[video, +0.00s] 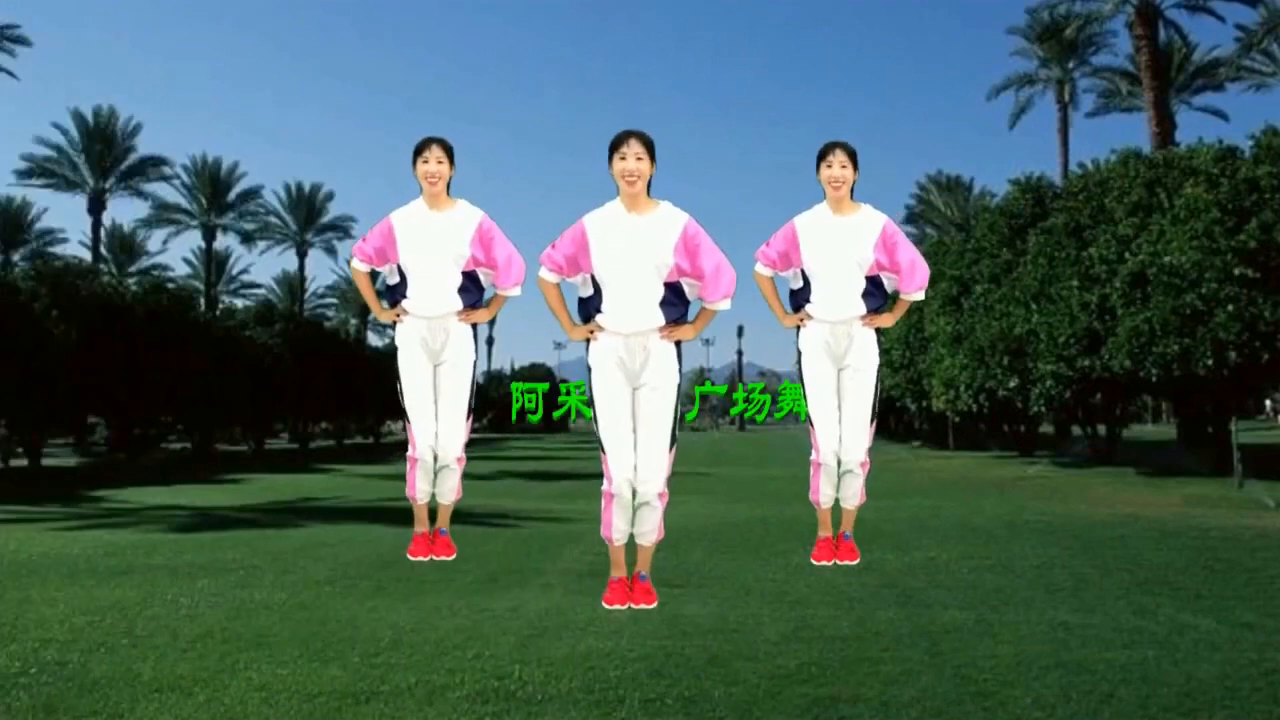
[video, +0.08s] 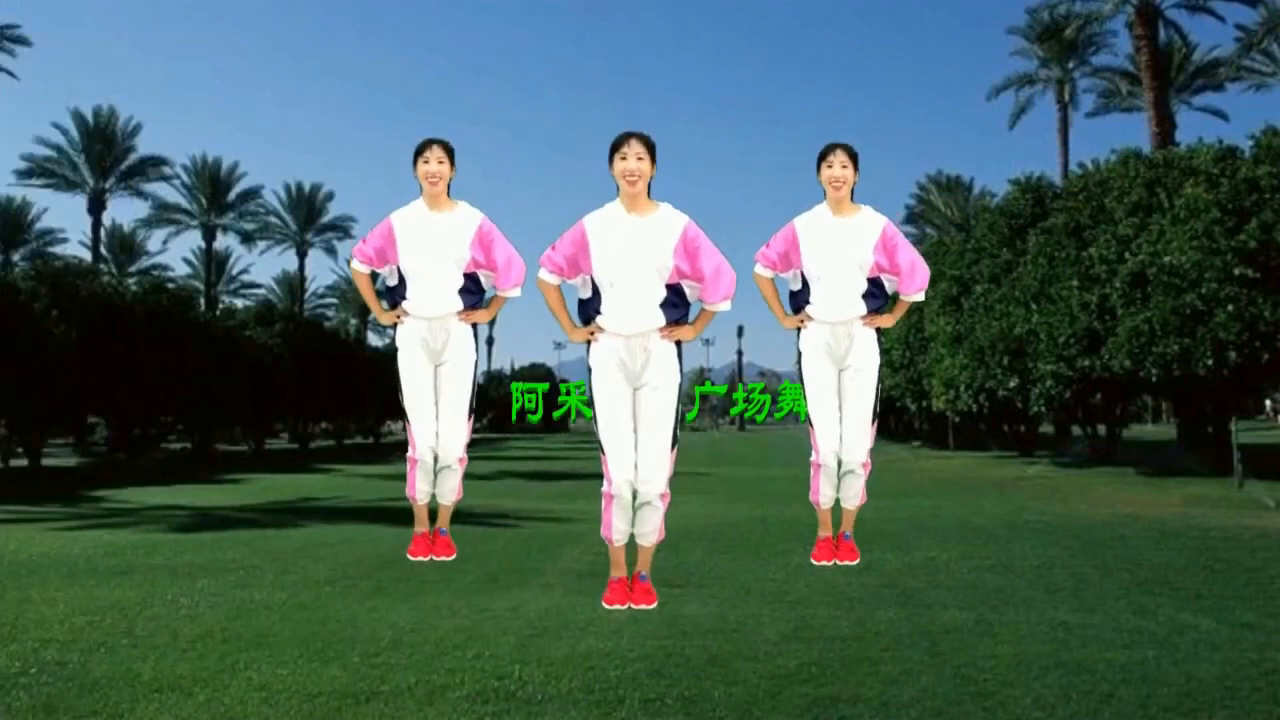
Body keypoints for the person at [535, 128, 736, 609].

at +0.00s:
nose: (631, 165)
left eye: (639, 157)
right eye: (622, 158)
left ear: (652, 167)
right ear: (611, 168)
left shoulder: (675, 222)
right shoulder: (594, 224)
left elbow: (722, 277)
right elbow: (547, 272)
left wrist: (694, 327)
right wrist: (571, 326)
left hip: (659, 349)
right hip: (608, 348)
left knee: (652, 465)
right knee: (618, 465)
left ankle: (643, 573)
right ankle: (618, 573)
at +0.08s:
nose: (632, 166)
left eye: (640, 158)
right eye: (623, 158)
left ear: (653, 168)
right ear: (612, 168)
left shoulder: (674, 223)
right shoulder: (594, 225)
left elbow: (723, 278)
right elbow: (547, 273)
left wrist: (694, 328)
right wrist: (571, 328)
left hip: (659, 350)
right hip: (608, 349)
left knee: (653, 467)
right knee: (618, 467)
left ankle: (643, 573)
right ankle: (618, 573)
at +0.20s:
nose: (632, 152)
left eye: (641, 144)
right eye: (624, 144)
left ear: (653, 156)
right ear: (611, 155)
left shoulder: (675, 209)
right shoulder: (592, 212)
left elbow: (724, 262)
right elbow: (541, 259)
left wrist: (693, 312)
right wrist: (575, 313)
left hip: (660, 339)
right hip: (609, 339)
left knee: (656, 462)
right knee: (616, 461)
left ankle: (644, 572)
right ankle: (615, 573)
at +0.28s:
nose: (632, 147)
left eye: (640, 140)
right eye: (623, 139)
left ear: (652, 151)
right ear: (610, 151)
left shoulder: (675, 204)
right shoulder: (591, 207)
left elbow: (722, 256)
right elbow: (539, 249)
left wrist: (693, 307)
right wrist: (577, 304)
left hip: (660, 335)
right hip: (609, 335)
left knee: (656, 458)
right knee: (615, 457)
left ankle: (644, 571)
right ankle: (613, 572)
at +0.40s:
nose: (631, 157)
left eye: (638, 150)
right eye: (621, 149)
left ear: (649, 161)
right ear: (606, 161)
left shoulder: (674, 213)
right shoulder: (589, 218)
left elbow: (718, 265)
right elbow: (543, 266)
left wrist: (694, 318)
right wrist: (577, 302)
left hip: (658, 343)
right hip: (607, 344)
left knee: (650, 463)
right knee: (613, 463)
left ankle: (640, 572)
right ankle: (612, 575)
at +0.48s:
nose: (630, 169)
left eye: (637, 162)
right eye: (620, 161)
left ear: (647, 175)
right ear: (604, 173)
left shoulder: (673, 224)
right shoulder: (589, 236)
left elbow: (715, 280)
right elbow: (550, 291)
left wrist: (693, 334)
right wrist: (576, 317)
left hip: (655, 355)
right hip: (605, 354)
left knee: (646, 467)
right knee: (610, 467)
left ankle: (640, 565)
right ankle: (611, 574)